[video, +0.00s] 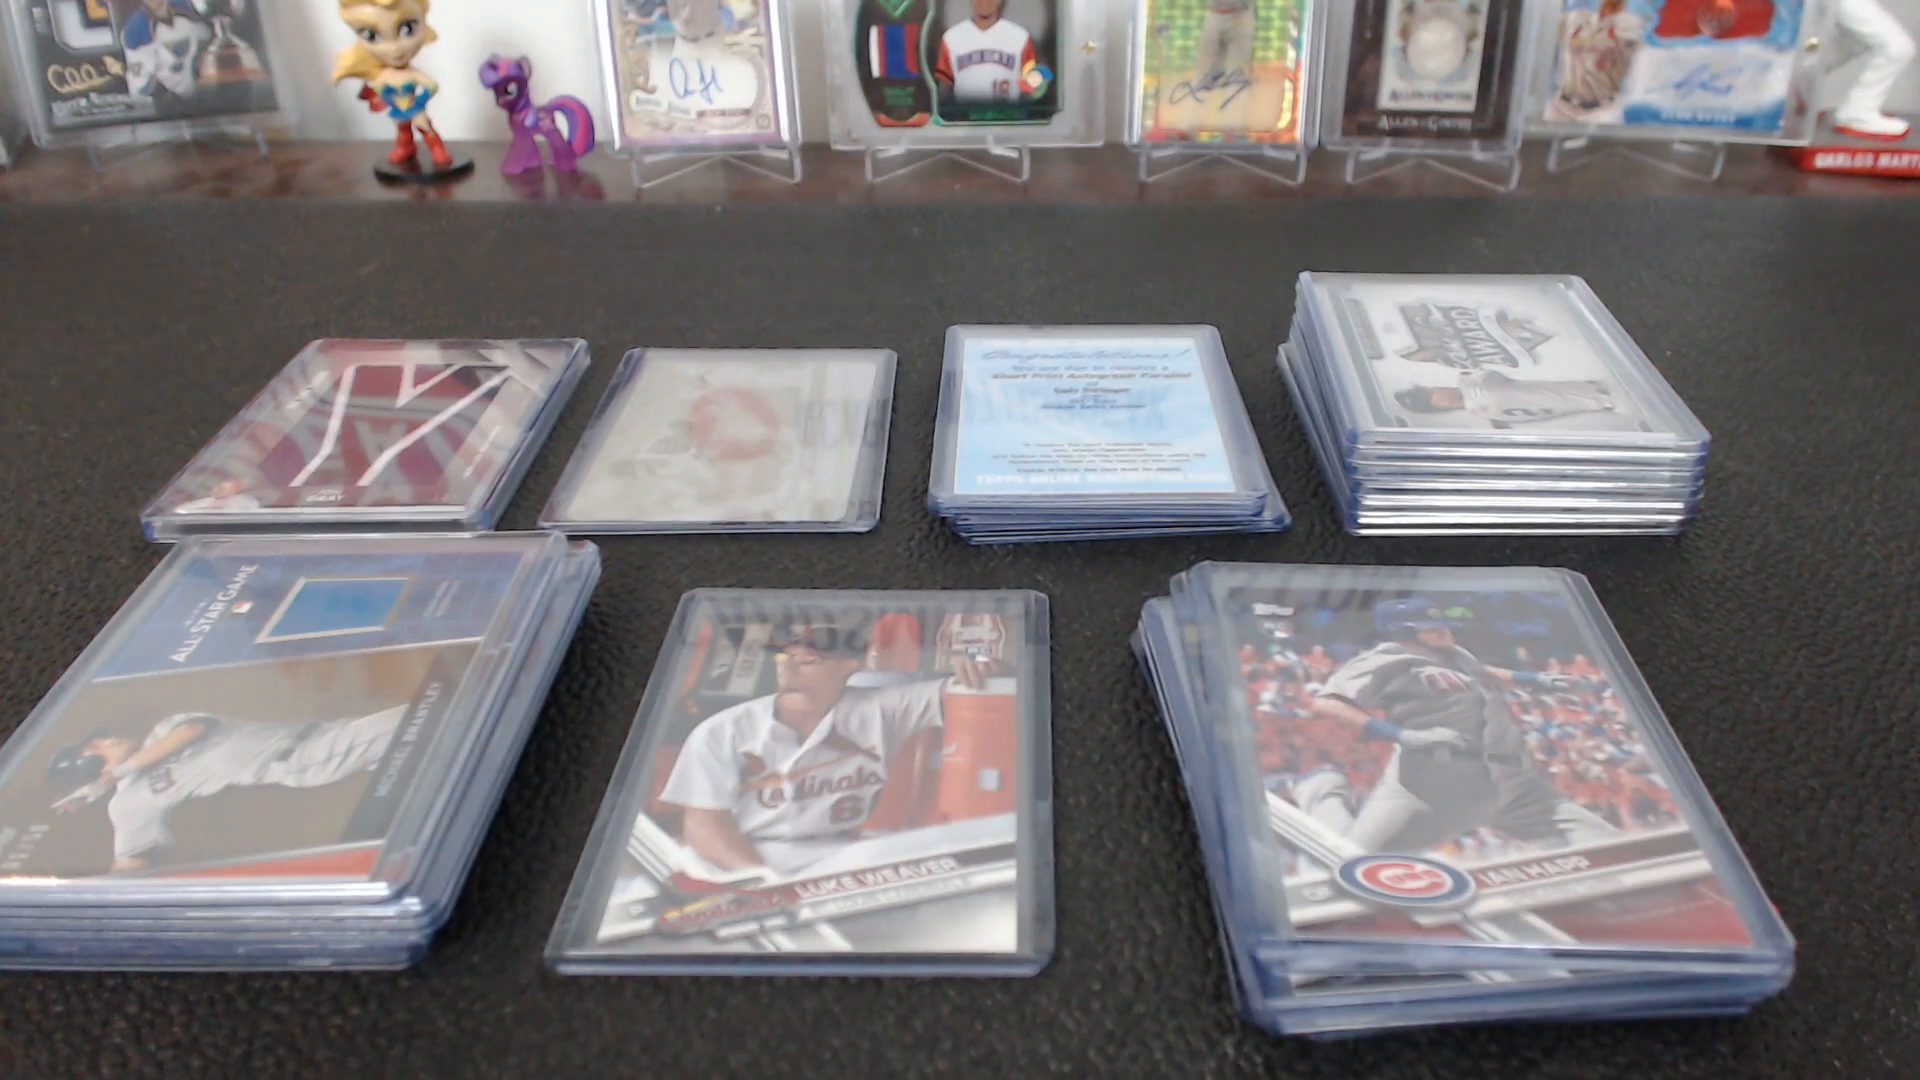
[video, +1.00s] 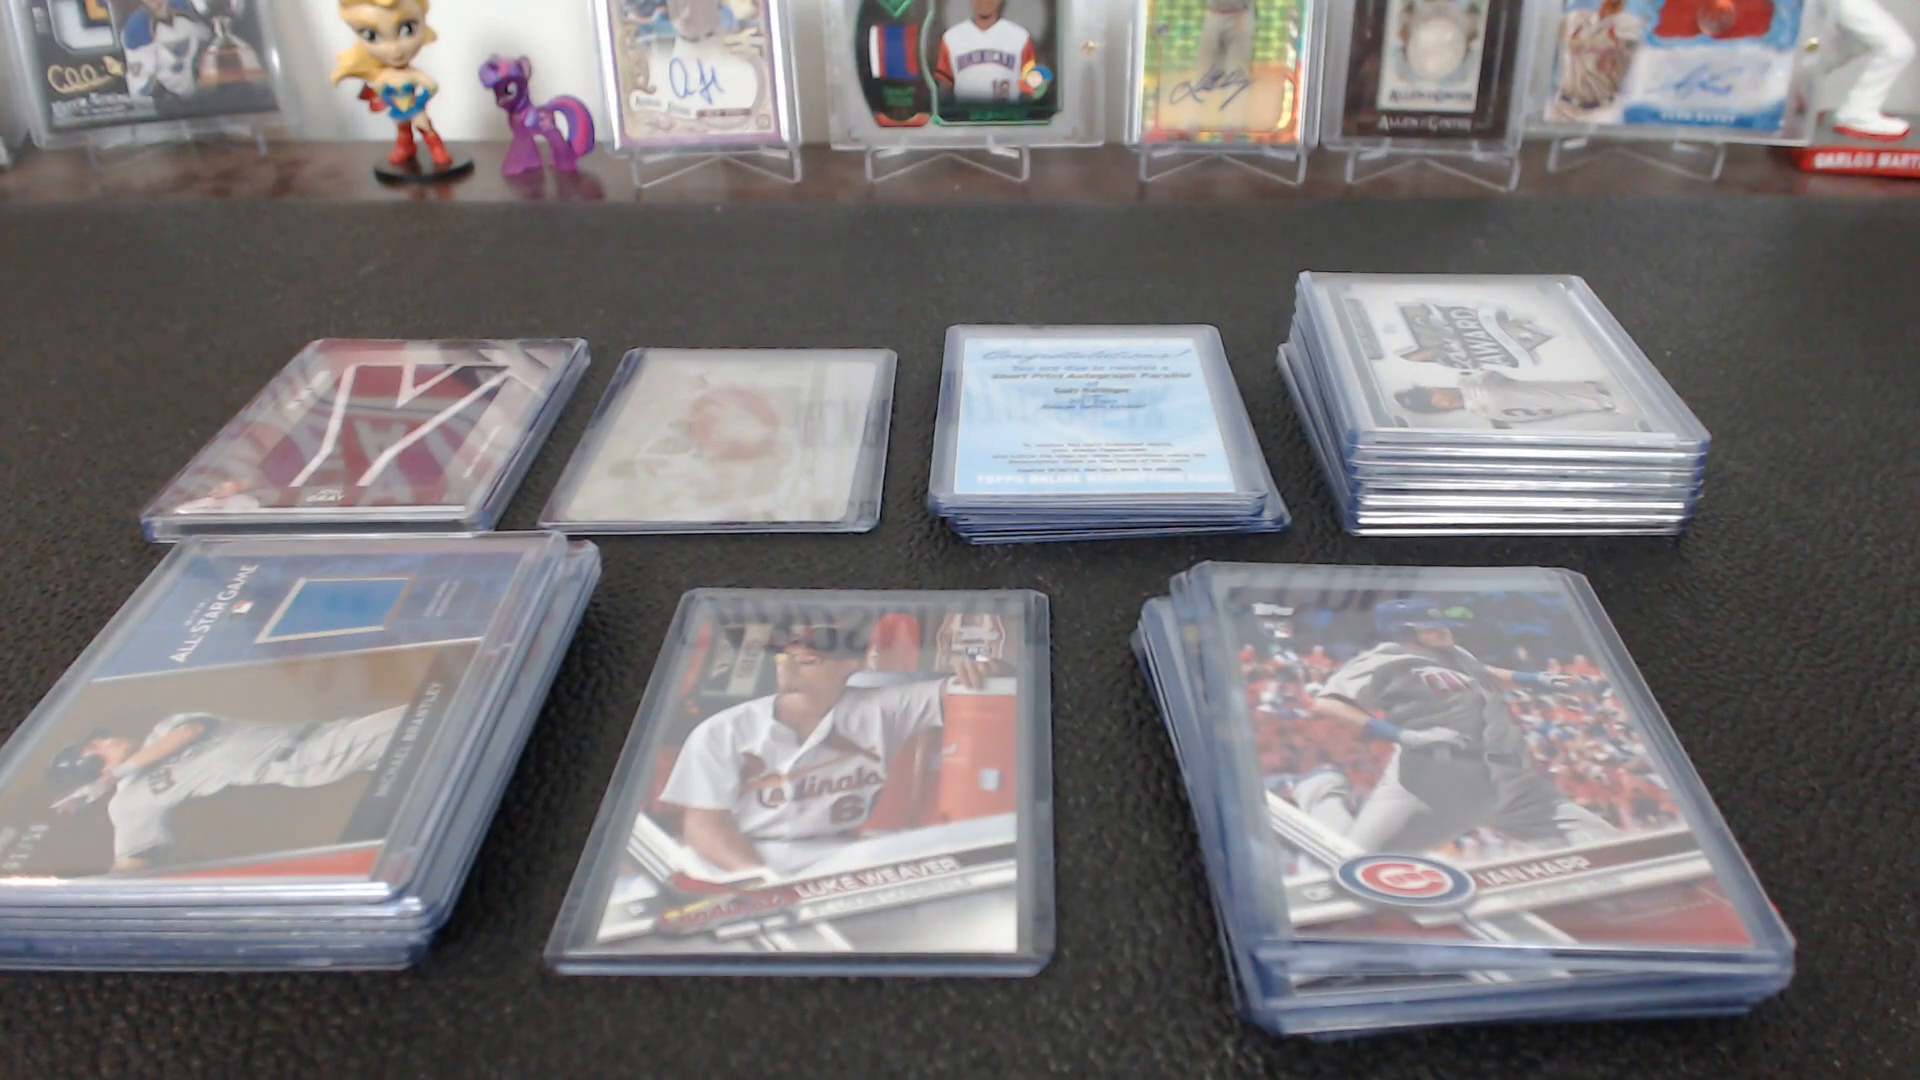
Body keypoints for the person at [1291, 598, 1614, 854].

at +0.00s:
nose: (1446, 631)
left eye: (1446, 622)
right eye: (1434, 623)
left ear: (1447, 624)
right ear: (1406, 628)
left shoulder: (1458, 657)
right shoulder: (1388, 659)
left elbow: (1489, 676)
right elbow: (1328, 703)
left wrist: (1538, 681)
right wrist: (1403, 735)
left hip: (1508, 789)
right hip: (1426, 796)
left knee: (1611, 847)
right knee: (1352, 866)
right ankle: (1321, 792)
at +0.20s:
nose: (1446, 630)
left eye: (1445, 622)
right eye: (1434, 623)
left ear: (1447, 623)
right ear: (1405, 628)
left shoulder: (1458, 657)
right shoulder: (1388, 659)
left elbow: (1488, 676)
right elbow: (1328, 703)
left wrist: (1538, 681)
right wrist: (1404, 736)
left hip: (1507, 789)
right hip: (1425, 797)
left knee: (1611, 847)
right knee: (1352, 866)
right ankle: (1321, 792)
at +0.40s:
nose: (1447, 630)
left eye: (1447, 622)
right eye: (1435, 622)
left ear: (1451, 622)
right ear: (1406, 627)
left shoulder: (1459, 657)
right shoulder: (1388, 659)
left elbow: (1489, 676)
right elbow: (1328, 704)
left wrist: (1538, 682)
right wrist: (1404, 736)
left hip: (1507, 788)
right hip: (1426, 797)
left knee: (1611, 847)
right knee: (1352, 868)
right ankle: (1321, 792)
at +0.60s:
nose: (1446, 630)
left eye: (1446, 622)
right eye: (1434, 622)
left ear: (1449, 624)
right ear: (1406, 628)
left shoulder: (1459, 656)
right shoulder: (1388, 659)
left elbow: (1489, 676)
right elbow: (1328, 704)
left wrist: (1538, 682)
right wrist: (1405, 736)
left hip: (1510, 790)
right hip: (1426, 797)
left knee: (1614, 850)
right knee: (1353, 867)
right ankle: (1321, 792)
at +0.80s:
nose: (1447, 630)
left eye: (1446, 622)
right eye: (1435, 622)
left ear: (1448, 625)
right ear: (1407, 628)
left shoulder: (1459, 657)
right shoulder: (1388, 659)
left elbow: (1490, 677)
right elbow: (1328, 704)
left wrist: (1539, 682)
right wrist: (1405, 736)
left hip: (1510, 790)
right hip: (1426, 798)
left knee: (1614, 850)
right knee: (1353, 868)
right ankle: (1321, 792)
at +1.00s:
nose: (1446, 631)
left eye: (1446, 622)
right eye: (1434, 623)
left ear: (1449, 624)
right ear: (1406, 628)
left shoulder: (1459, 656)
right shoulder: (1388, 659)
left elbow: (1489, 676)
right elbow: (1328, 704)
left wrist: (1538, 682)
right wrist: (1404, 736)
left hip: (1509, 789)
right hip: (1426, 797)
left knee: (1614, 850)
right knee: (1353, 868)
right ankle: (1321, 792)